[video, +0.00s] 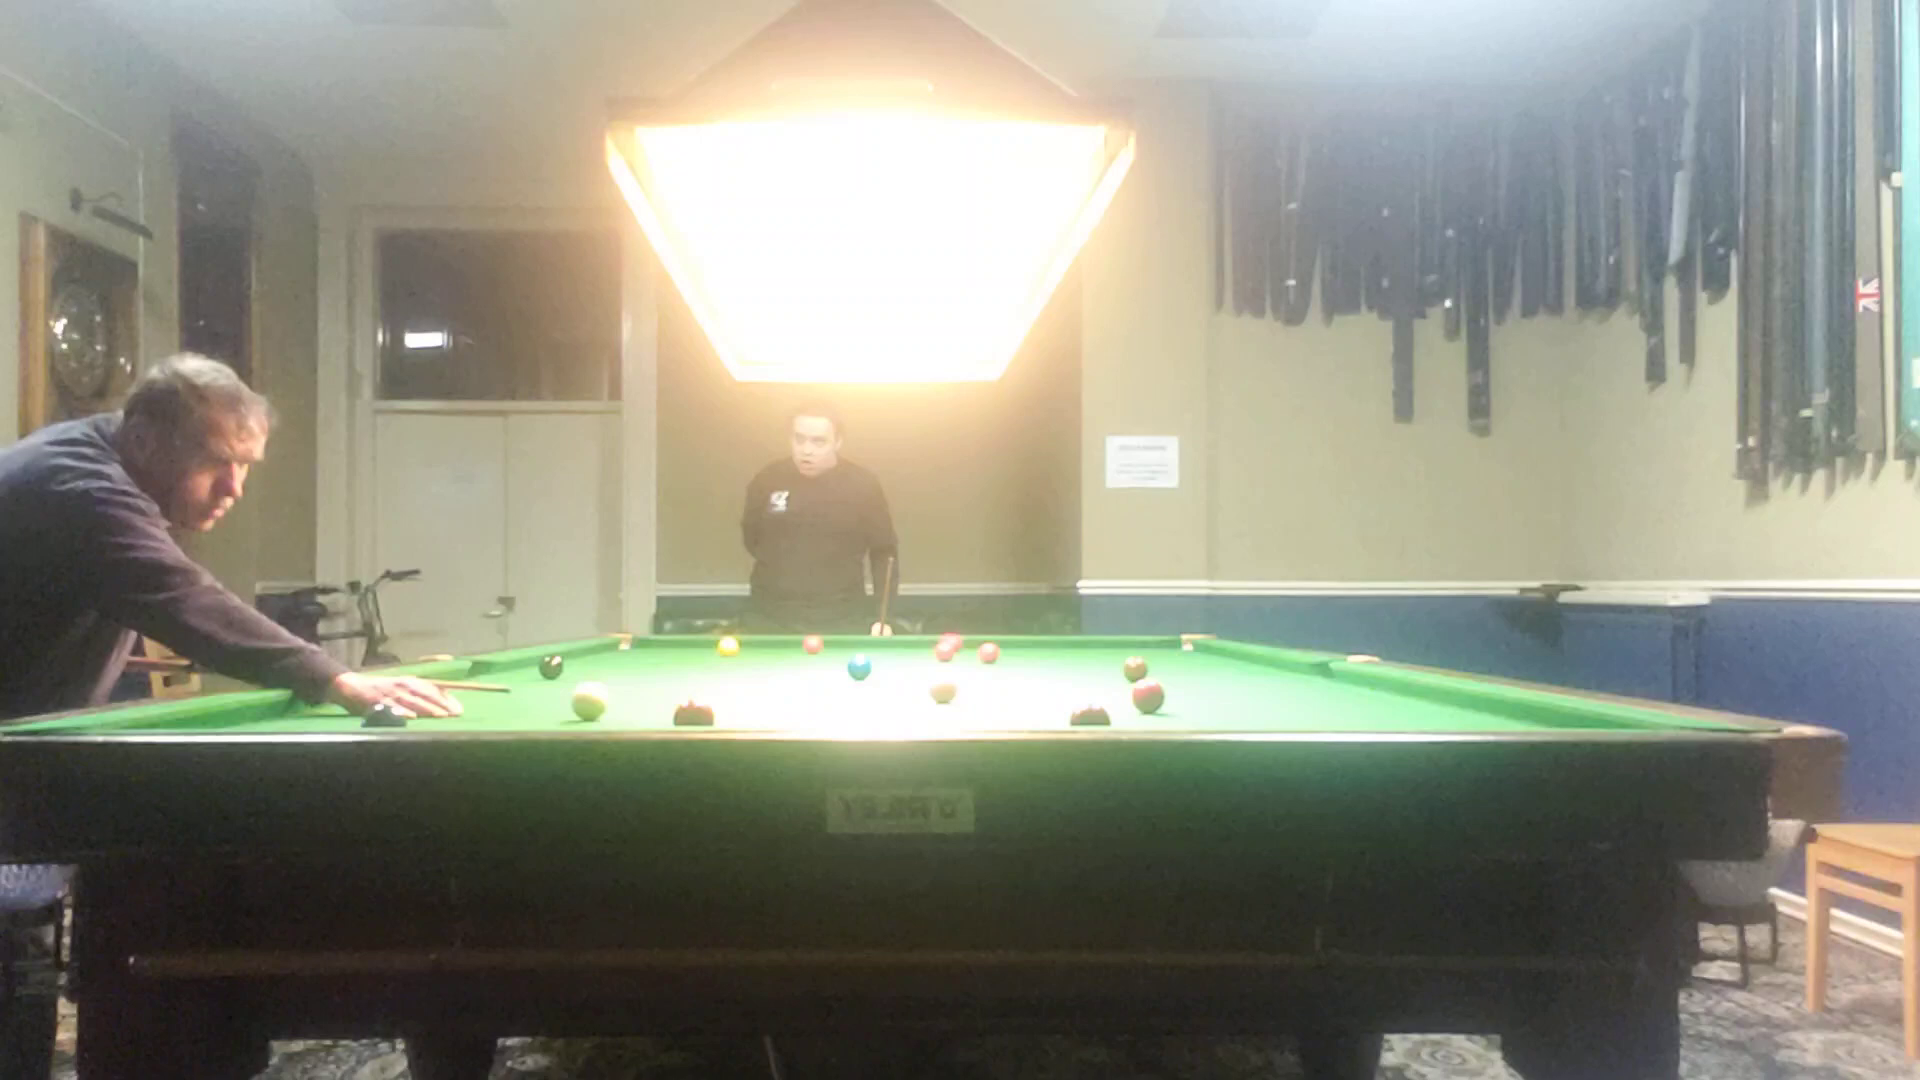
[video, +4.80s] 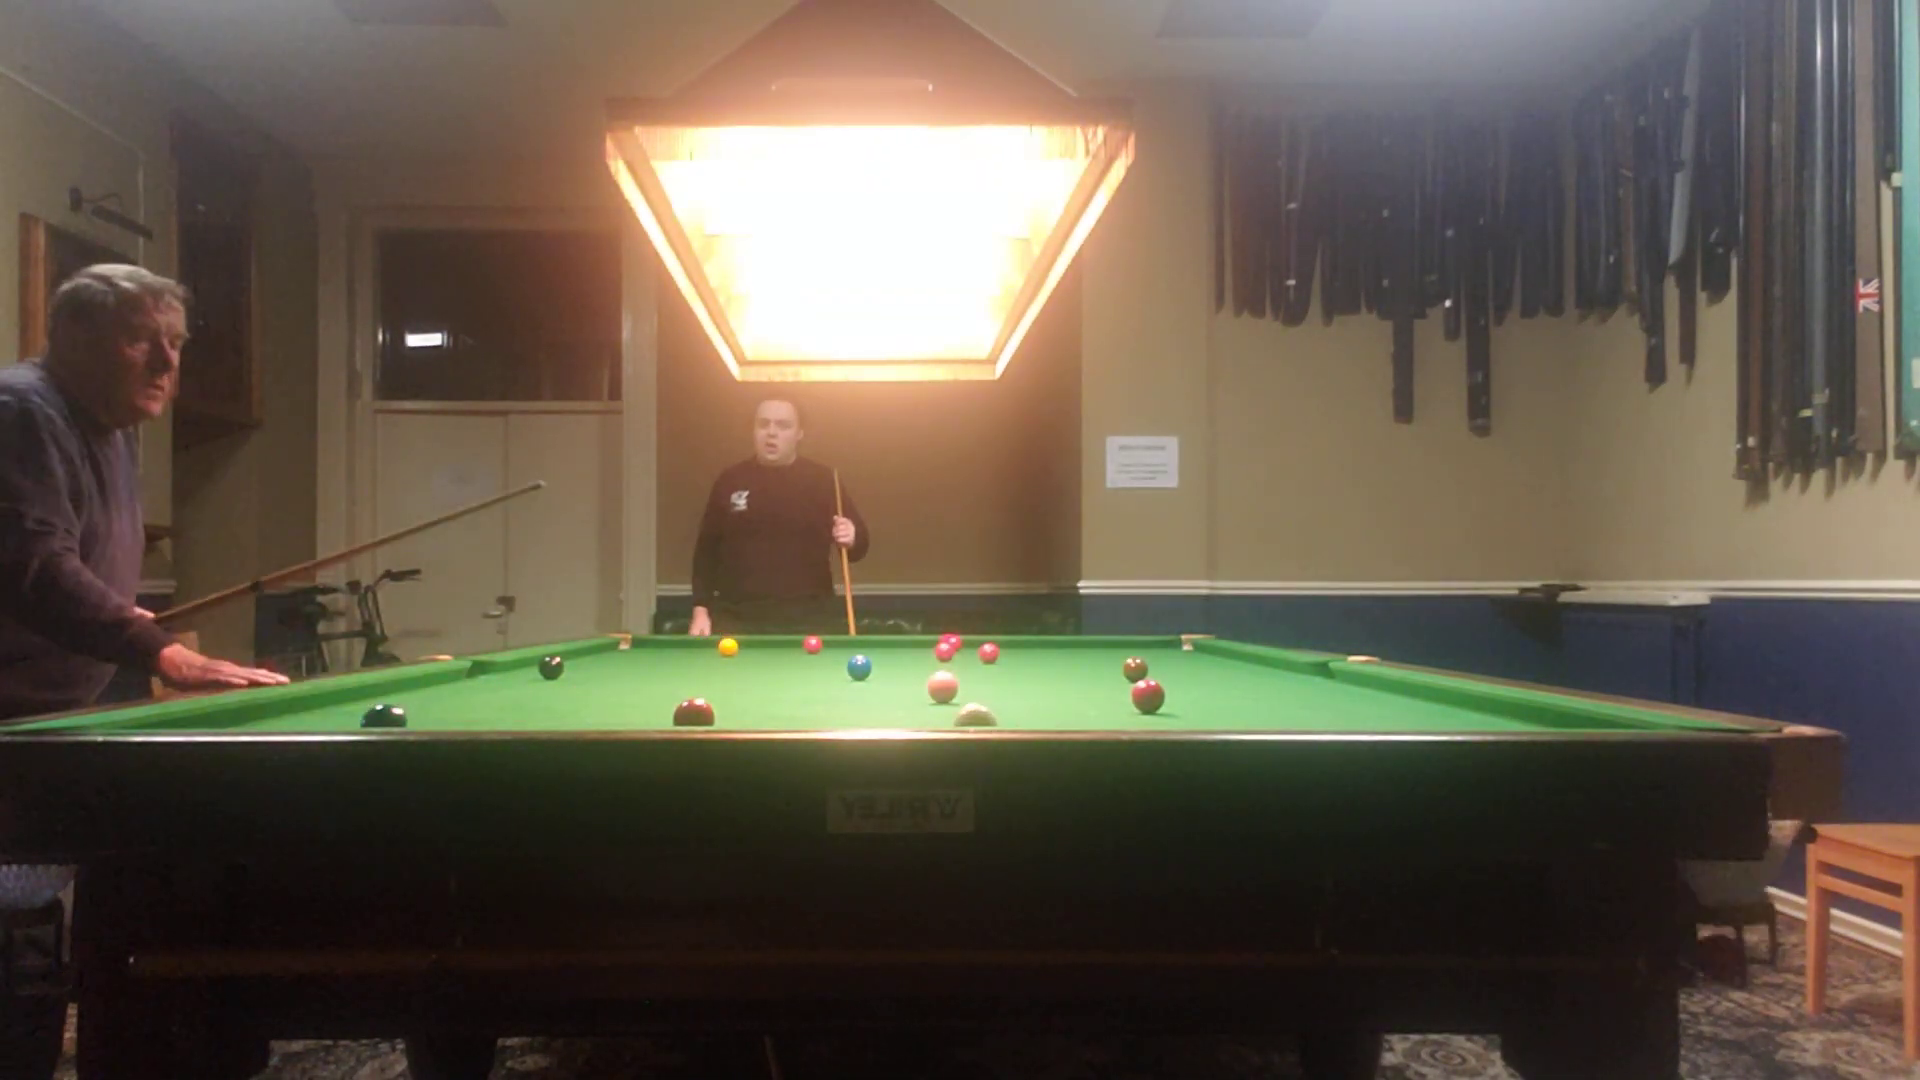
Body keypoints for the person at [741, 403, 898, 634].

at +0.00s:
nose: (806, 451)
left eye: (818, 442)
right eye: (800, 440)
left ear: (838, 443)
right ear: (791, 439)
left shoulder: (863, 485)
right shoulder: (767, 480)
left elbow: (884, 551)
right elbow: (753, 540)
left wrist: (883, 618)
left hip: (842, 617)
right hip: (772, 617)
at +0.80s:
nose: (800, 450)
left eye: (811, 441)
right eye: (793, 440)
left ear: (831, 442)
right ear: (784, 439)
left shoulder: (857, 485)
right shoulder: (760, 482)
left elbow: (880, 550)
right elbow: (740, 537)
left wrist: (880, 616)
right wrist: (764, 581)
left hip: (840, 622)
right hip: (768, 623)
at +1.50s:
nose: (813, 453)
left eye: (824, 444)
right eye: (805, 442)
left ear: (840, 445)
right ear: (794, 441)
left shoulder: (862, 488)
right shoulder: (766, 481)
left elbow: (883, 556)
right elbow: (740, 541)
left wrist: (882, 619)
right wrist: (736, 598)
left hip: (843, 626)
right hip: (770, 626)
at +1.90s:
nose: (815, 453)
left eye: (825, 444)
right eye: (807, 442)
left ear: (842, 444)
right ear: (795, 440)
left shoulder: (862, 489)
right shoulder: (768, 481)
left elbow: (887, 550)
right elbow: (736, 538)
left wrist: (881, 596)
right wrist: (722, 591)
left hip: (841, 625)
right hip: (770, 622)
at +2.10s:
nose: (814, 453)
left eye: (825, 443)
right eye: (806, 442)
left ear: (842, 444)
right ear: (794, 440)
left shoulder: (859, 488)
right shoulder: (767, 482)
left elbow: (891, 542)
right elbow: (736, 544)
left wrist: (889, 566)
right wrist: (729, 597)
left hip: (841, 622)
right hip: (771, 623)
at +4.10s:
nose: (805, 438)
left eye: (816, 430)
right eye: (798, 429)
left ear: (834, 437)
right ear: (788, 434)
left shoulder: (858, 483)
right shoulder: (766, 484)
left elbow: (891, 549)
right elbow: (742, 552)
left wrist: (878, 537)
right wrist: (734, 608)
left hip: (840, 623)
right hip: (771, 624)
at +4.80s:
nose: (771, 433)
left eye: (783, 425)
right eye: (763, 424)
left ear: (799, 434)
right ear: (753, 431)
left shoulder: (823, 480)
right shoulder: (730, 482)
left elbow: (858, 548)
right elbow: (706, 549)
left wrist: (853, 536)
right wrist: (701, 609)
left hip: (810, 622)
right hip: (741, 623)